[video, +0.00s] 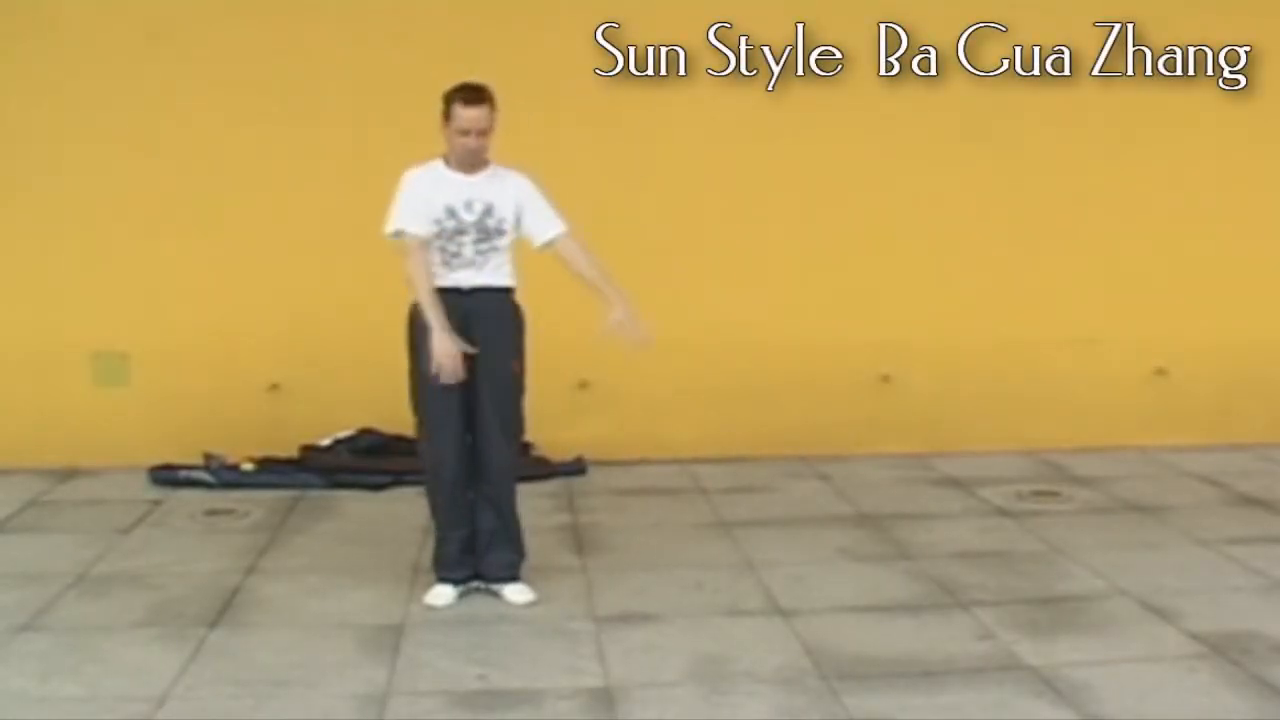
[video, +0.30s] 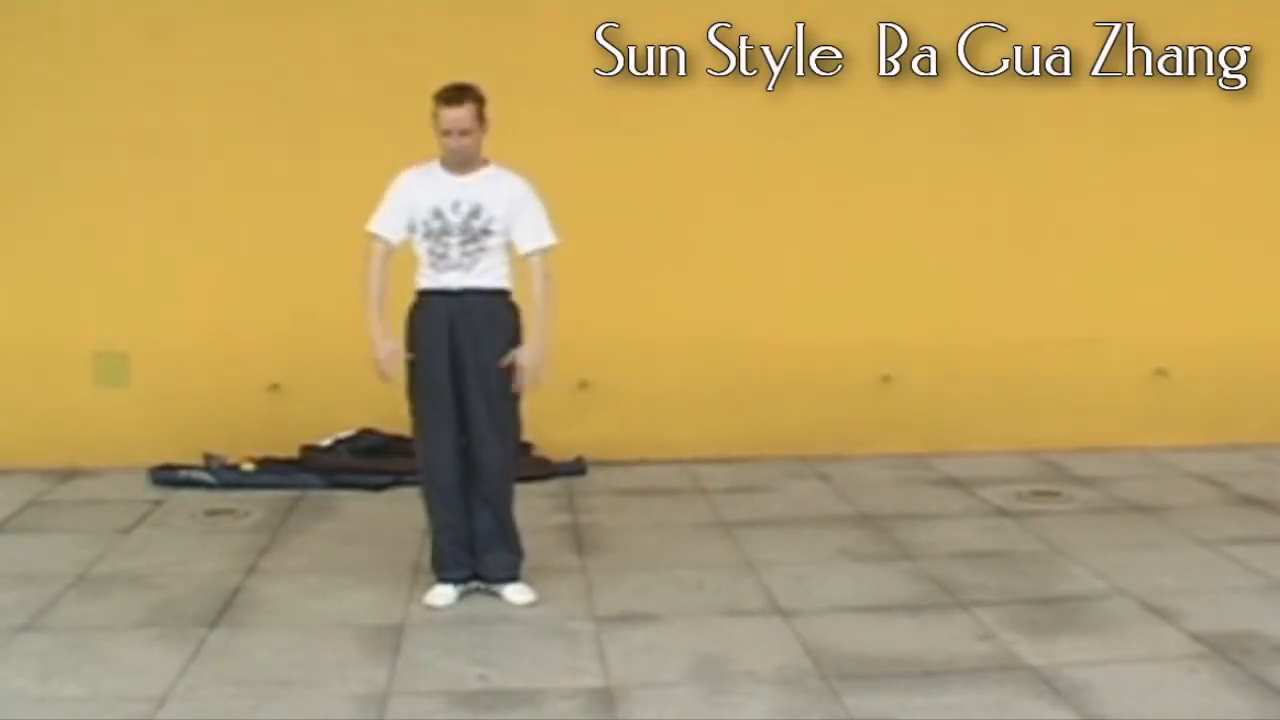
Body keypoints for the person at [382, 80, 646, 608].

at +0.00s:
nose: (475, 142)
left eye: (483, 132)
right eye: (465, 132)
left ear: (493, 131)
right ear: (445, 131)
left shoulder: (513, 186)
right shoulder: (420, 183)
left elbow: (564, 244)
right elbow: (416, 261)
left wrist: (615, 299)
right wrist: (439, 331)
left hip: (495, 314)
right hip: (437, 314)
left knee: (498, 445)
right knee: (445, 448)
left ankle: (501, 568)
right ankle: (452, 570)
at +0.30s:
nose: (455, 141)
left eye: (464, 131)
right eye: (446, 132)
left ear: (483, 130)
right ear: (435, 133)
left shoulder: (509, 186)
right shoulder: (412, 184)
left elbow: (540, 266)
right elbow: (379, 251)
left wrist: (535, 343)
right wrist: (380, 332)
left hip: (489, 311)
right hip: (433, 314)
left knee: (493, 447)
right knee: (439, 448)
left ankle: (500, 568)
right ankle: (451, 570)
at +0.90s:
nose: (455, 150)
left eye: (462, 139)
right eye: (445, 139)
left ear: (471, 141)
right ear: (423, 140)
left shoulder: (482, 196)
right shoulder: (391, 194)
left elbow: (503, 200)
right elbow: (353, 263)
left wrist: (475, 144)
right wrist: (396, 265)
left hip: (468, 324)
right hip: (410, 324)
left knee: (468, 463)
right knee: (416, 463)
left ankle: (465, 601)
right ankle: (443, 575)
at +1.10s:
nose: (462, 162)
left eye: (467, 152)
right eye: (453, 151)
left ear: (470, 155)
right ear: (420, 152)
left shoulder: (480, 206)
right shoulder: (386, 207)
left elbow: (552, 193)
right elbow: (377, 279)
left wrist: (566, 134)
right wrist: (461, 299)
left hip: (461, 342)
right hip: (402, 340)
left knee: (449, 483)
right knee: (401, 478)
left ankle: (431, 621)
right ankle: (452, 559)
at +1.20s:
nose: (466, 170)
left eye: (470, 158)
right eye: (456, 158)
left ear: (468, 161)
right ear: (419, 160)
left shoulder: (480, 212)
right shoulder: (384, 216)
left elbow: (557, 200)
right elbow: (386, 292)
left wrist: (604, 148)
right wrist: (473, 323)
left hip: (458, 355)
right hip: (399, 352)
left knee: (446, 492)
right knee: (397, 487)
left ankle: (424, 632)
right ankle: (448, 558)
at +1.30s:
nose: (473, 175)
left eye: (475, 164)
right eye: (463, 165)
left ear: (468, 166)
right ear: (424, 165)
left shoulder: (481, 220)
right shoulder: (385, 223)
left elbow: (560, 207)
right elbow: (386, 304)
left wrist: (629, 167)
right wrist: (471, 341)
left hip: (459, 370)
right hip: (397, 366)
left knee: (447, 506)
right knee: (395, 501)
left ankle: (418, 644)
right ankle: (446, 559)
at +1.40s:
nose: (482, 176)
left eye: (483, 166)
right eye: (471, 166)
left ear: (466, 168)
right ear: (431, 166)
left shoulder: (484, 222)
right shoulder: (385, 225)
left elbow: (564, 212)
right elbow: (387, 309)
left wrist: (641, 179)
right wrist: (472, 350)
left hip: (463, 375)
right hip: (397, 370)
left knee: (453, 511)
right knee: (396, 503)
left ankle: (416, 648)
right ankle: (441, 565)